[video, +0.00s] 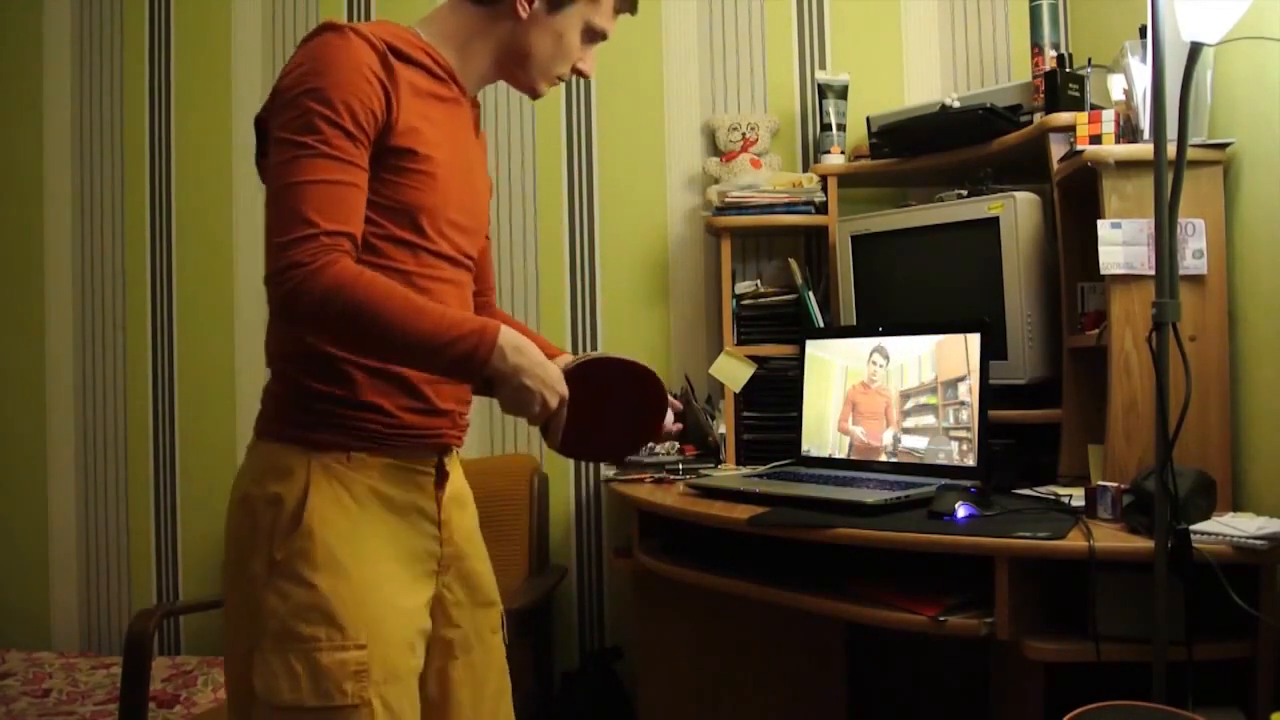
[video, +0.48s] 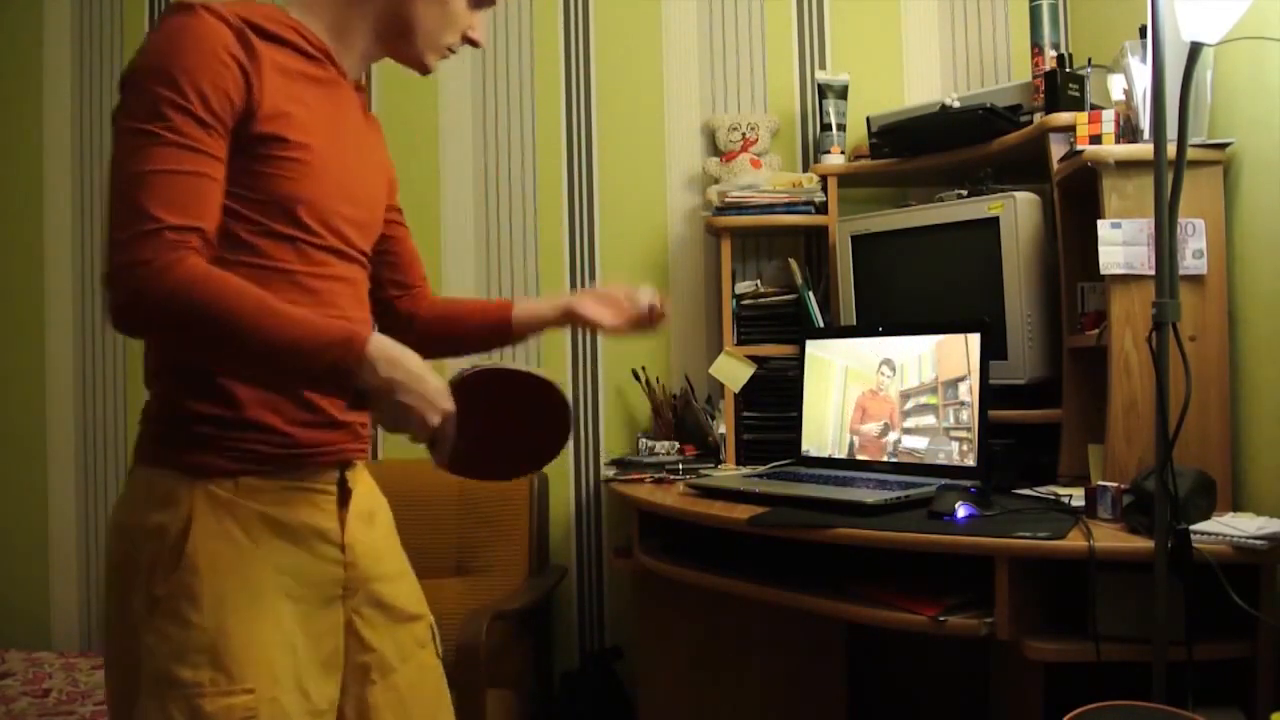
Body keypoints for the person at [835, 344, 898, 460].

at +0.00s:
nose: (876, 369)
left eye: (881, 366)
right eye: (873, 363)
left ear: (885, 369)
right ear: (867, 363)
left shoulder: (887, 394)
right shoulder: (854, 391)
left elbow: (893, 425)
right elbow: (842, 424)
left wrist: (888, 434)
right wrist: (853, 430)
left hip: (879, 452)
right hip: (858, 451)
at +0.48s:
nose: (883, 380)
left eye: (888, 377)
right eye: (882, 374)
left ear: (892, 379)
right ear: (876, 373)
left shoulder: (891, 402)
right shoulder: (863, 399)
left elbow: (896, 429)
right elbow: (853, 428)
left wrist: (890, 437)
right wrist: (868, 429)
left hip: (882, 453)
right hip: (864, 452)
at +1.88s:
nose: (883, 382)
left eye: (887, 380)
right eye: (881, 376)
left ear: (890, 383)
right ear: (876, 375)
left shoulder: (882, 404)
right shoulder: (860, 397)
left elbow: (881, 432)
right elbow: (843, 425)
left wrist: (887, 444)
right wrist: (863, 440)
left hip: (875, 457)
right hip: (857, 456)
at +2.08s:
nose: (881, 382)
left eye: (886, 380)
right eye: (880, 376)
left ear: (888, 383)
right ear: (874, 374)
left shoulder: (883, 404)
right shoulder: (858, 396)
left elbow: (882, 429)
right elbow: (842, 420)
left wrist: (884, 437)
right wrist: (860, 427)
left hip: (874, 454)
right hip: (857, 453)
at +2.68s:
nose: (886, 387)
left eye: (891, 385)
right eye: (886, 381)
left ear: (893, 388)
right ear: (880, 378)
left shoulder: (884, 404)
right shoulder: (865, 397)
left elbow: (883, 426)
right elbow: (849, 416)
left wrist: (889, 434)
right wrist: (872, 422)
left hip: (874, 454)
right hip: (859, 453)